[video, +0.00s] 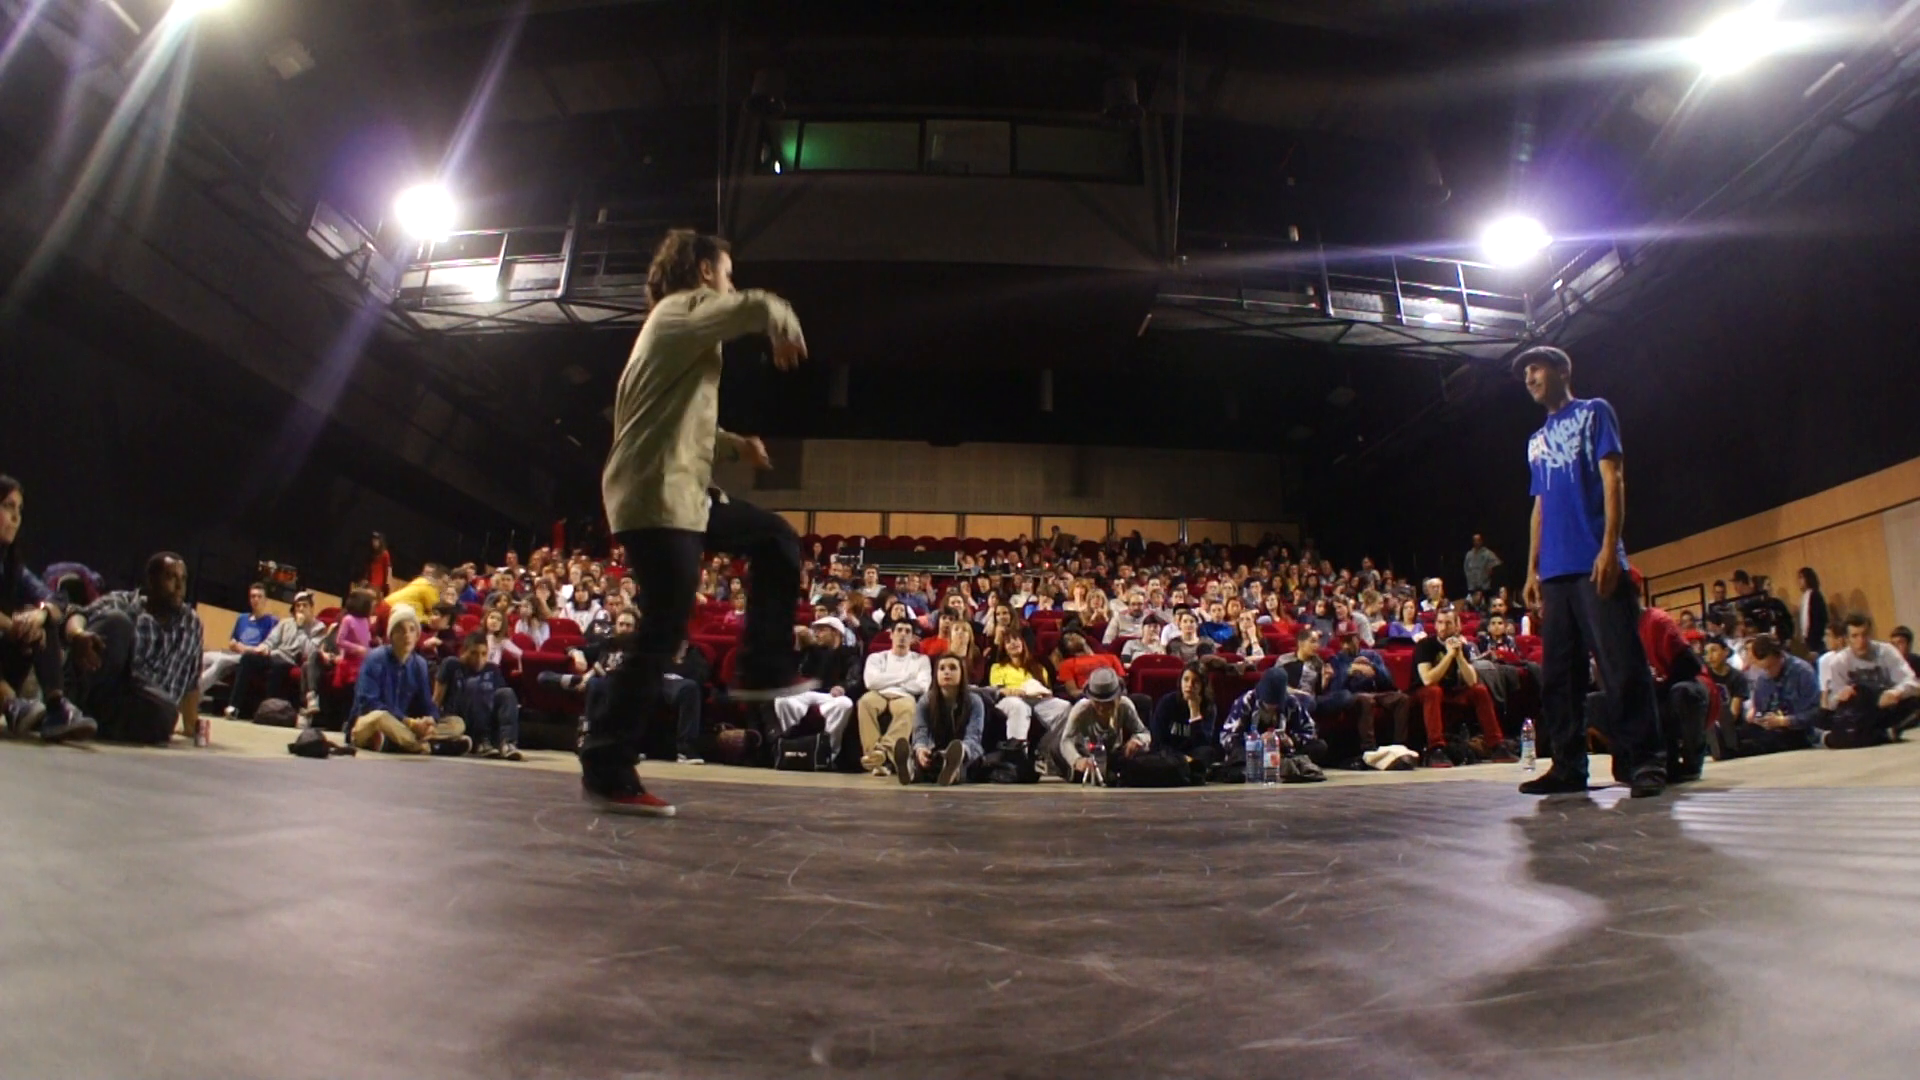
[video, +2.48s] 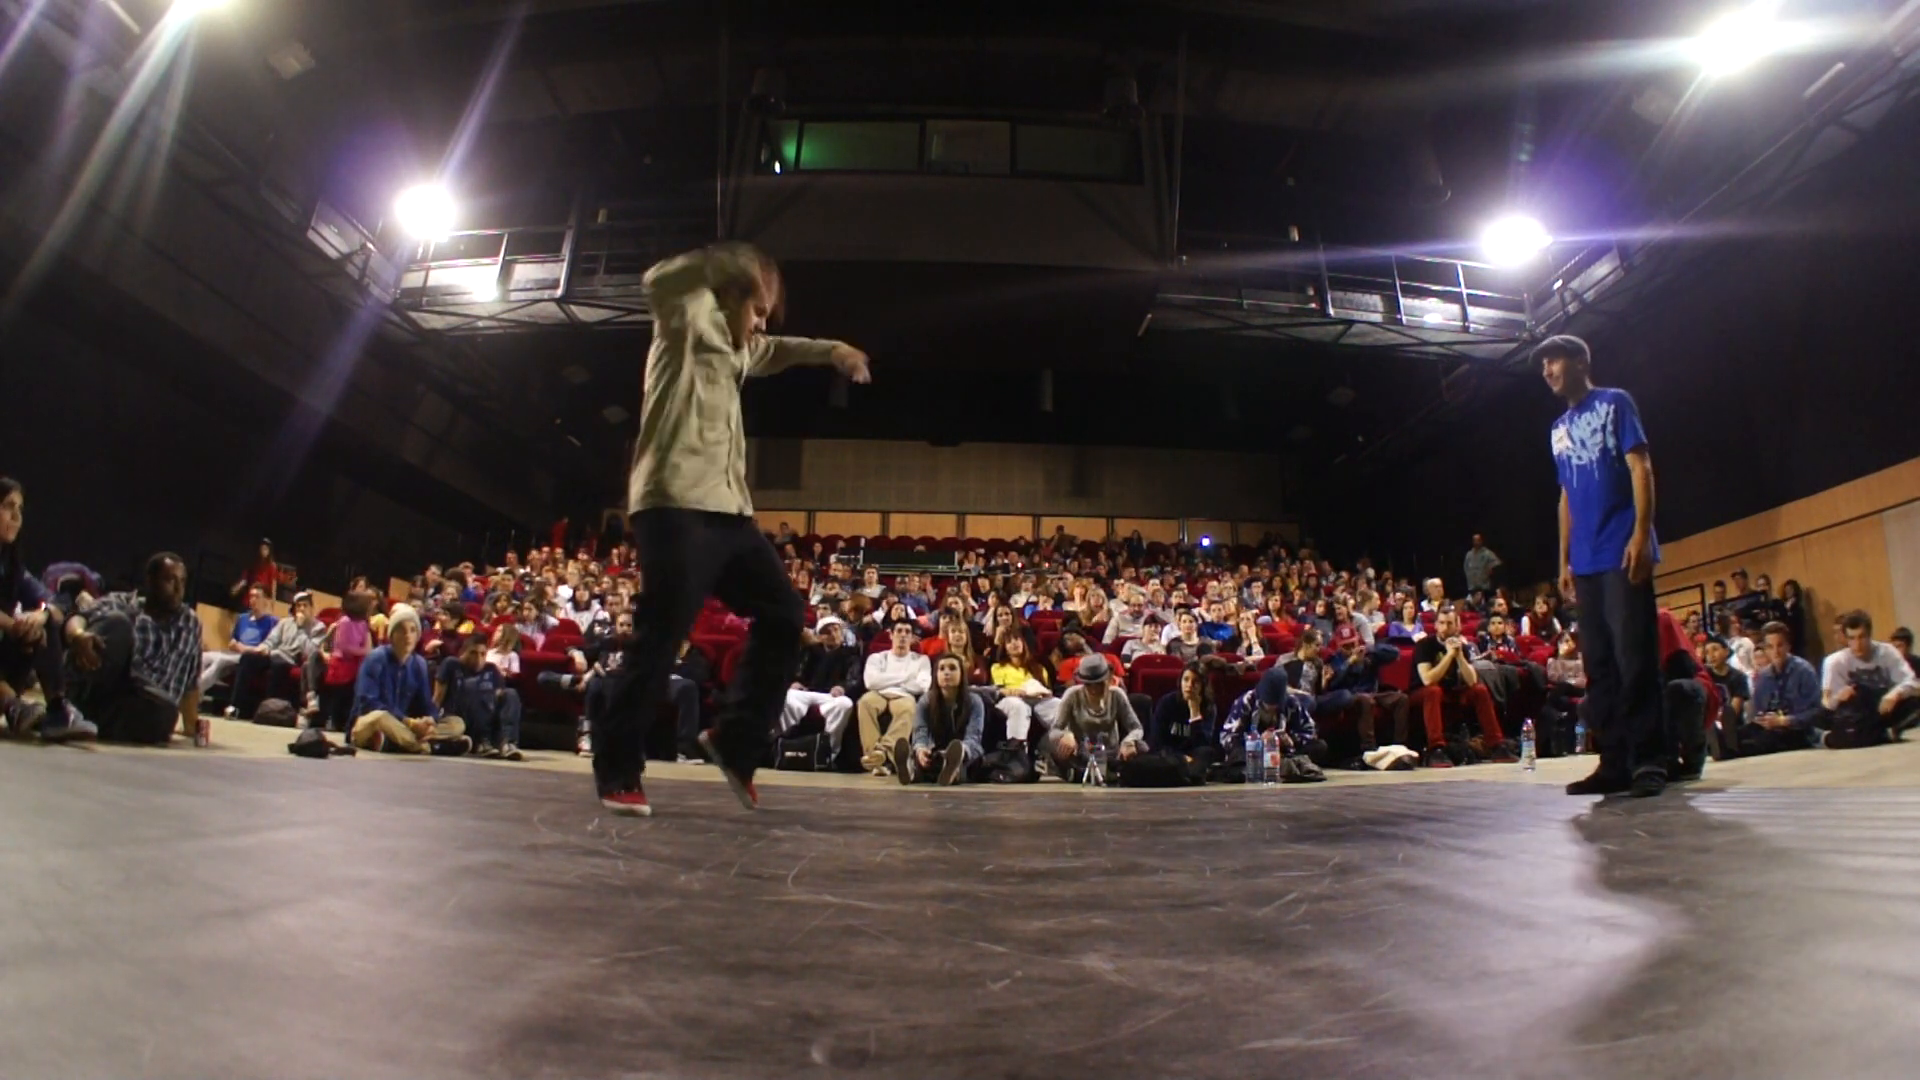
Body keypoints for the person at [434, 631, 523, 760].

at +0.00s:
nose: (479, 659)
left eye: (483, 654)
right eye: (474, 654)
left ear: (488, 654)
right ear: (465, 652)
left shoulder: (492, 670)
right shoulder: (451, 665)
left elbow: (501, 695)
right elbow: (438, 698)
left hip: (488, 717)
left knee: (507, 693)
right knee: (472, 687)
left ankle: (507, 743)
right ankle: (482, 742)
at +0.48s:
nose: (478, 658)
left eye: (482, 654)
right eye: (474, 653)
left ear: (487, 655)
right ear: (466, 653)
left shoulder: (492, 670)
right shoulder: (451, 665)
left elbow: (499, 693)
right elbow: (438, 696)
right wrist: (431, 720)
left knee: (509, 694)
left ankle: (508, 743)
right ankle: (483, 742)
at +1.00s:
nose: (479, 659)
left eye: (483, 654)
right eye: (474, 653)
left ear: (487, 653)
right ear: (465, 652)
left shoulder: (491, 669)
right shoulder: (450, 664)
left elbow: (498, 695)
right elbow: (438, 697)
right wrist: (430, 721)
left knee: (511, 694)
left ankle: (508, 743)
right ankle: (483, 742)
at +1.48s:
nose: (478, 659)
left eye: (483, 654)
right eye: (474, 653)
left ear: (487, 654)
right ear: (465, 652)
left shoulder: (491, 669)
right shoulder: (450, 664)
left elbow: (500, 695)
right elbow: (438, 697)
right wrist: (429, 722)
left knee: (510, 694)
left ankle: (508, 743)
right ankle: (483, 742)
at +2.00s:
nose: (478, 659)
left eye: (483, 654)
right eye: (474, 654)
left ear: (488, 654)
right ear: (465, 653)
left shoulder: (491, 669)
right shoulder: (451, 664)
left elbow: (499, 694)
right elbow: (438, 697)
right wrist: (429, 721)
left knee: (510, 694)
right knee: (471, 690)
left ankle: (507, 743)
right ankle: (482, 742)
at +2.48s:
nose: (478, 658)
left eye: (482, 654)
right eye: (474, 653)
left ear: (486, 654)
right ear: (465, 653)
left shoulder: (491, 669)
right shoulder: (451, 665)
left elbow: (498, 695)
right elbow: (438, 697)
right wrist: (430, 721)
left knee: (511, 694)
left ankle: (508, 743)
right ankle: (483, 742)